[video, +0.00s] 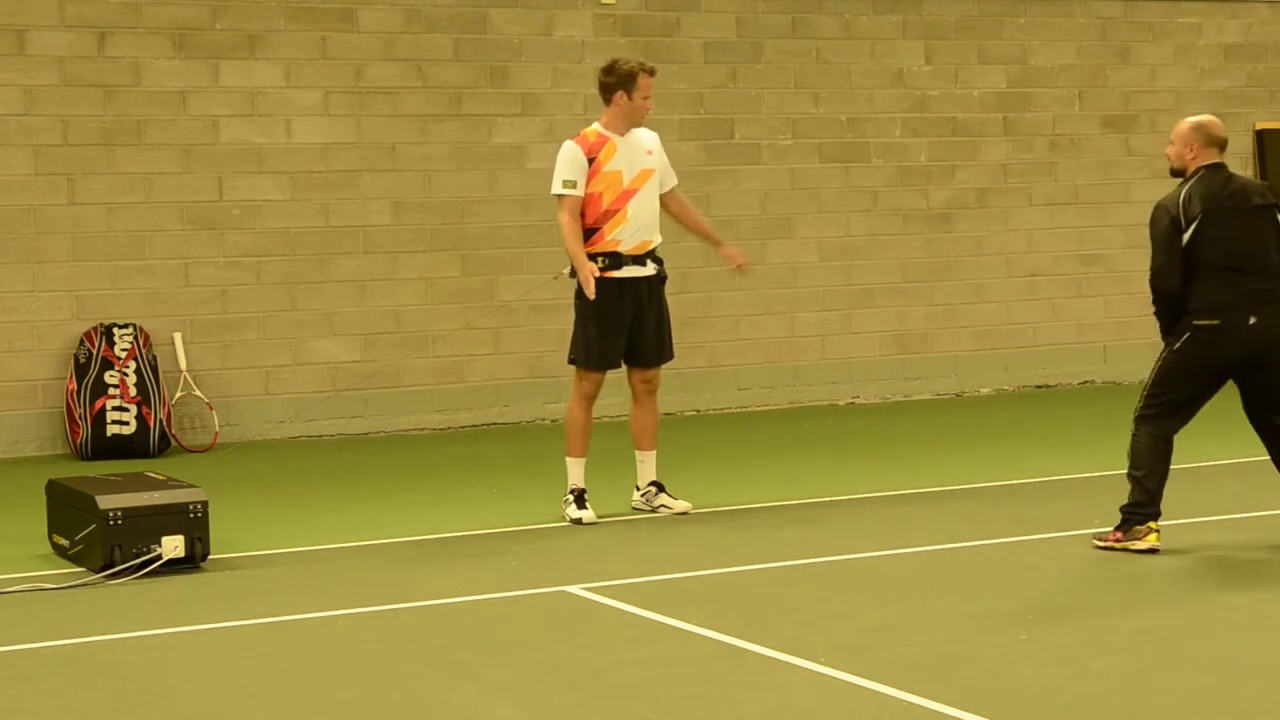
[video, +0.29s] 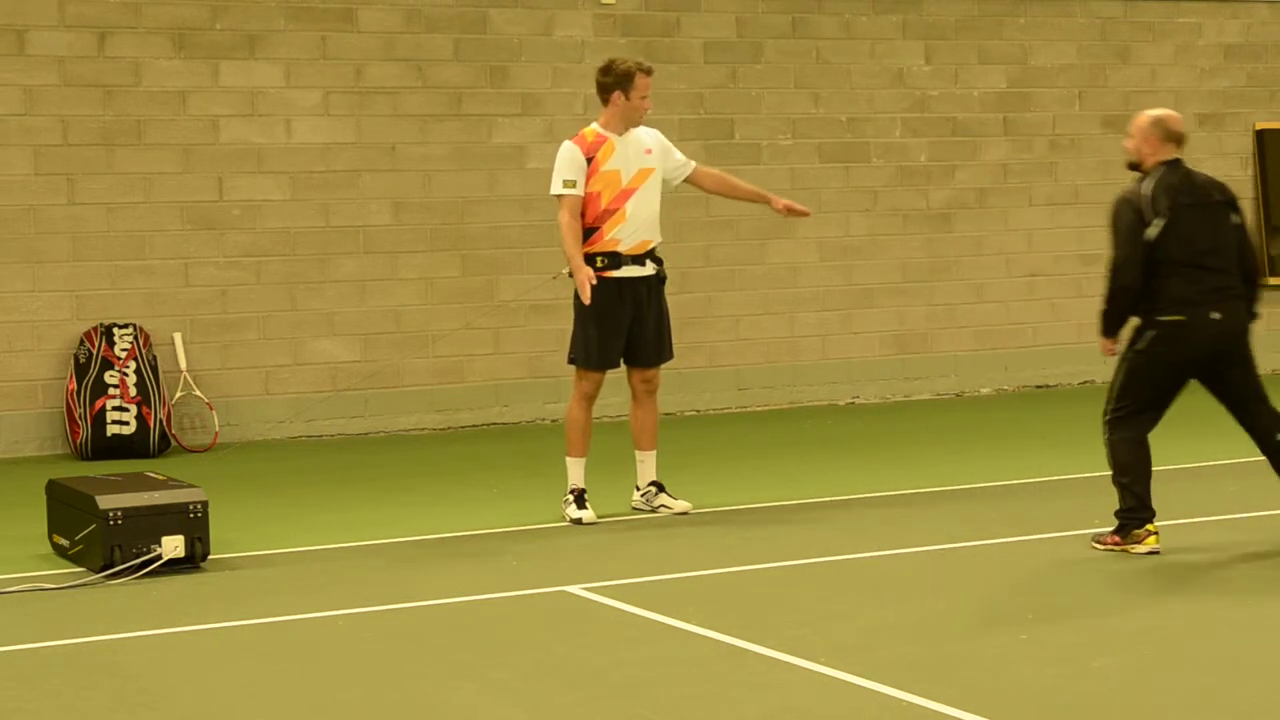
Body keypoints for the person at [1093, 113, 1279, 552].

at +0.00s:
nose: (1166, 151)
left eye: (1172, 144)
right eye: (1169, 143)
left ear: (1192, 149)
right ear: (1213, 151)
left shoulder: (1174, 205)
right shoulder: (1263, 195)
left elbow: (1166, 282)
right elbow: (1274, 263)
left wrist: (1174, 337)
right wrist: (1264, 313)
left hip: (1209, 332)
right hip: (1269, 332)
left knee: (1154, 419)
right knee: (1273, 422)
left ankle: (1140, 522)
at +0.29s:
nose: (1126, 144)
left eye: (1133, 136)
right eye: (1129, 136)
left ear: (1154, 143)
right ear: (1171, 145)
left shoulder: (1136, 200)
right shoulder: (1218, 191)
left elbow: (1128, 274)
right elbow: (1249, 264)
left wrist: (1110, 327)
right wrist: (1240, 312)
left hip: (1168, 331)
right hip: (1226, 329)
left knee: (1123, 421)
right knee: (1264, 420)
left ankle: (1136, 526)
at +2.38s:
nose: (840, 131)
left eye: (840, 122)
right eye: (841, 122)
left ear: (851, 122)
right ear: (887, 118)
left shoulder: (850, 180)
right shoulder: (936, 174)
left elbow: (839, 259)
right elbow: (958, 255)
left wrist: (817, 329)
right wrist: (968, 321)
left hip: (876, 330)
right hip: (934, 326)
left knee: (833, 435)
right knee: (942, 439)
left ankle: (857, 551)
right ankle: (969, 550)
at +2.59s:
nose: (792, 141)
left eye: (794, 132)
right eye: (794, 132)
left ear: (805, 133)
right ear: (837, 129)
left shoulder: (811, 191)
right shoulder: (883, 181)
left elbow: (808, 274)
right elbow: (909, 263)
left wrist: (783, 347)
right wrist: (908, 323)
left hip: (845, 337)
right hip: (898, 330)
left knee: (789, 436)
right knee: (920, 438)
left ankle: (762, 555)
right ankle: (964, 546)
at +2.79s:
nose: (712, 148)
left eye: (714, 139)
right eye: (712, 138)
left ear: (732, 138)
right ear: (755, 134)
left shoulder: (740, 200)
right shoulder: (798, 184)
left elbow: (748, 286)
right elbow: (828, 262)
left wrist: (753, 362)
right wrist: (809, 315)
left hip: (772, 340)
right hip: (819, 332)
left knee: (729, 448)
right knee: (831, 432)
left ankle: (753, 560)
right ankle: (913, 513)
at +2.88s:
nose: (681, 140)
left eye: (684, 131)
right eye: (681, 131)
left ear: (702, 133)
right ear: (724, 130)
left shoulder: (711, 194)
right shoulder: (767, 178)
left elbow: (719, 280)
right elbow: (794, 256)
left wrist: (725, 353)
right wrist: (778, 307)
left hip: (748, 335)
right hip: (788, 327)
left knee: (718, 446)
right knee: (770, 431)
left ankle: (752, 561)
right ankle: (858, 506)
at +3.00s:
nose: (633, 135)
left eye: (638, 125)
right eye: (634, 125)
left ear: (663, 127)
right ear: (673, 124)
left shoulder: (677, 186)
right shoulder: (713, 169)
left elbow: (677, 274)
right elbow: (747, 248)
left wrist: (672, 350)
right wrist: (721, 295)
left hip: (721, 324)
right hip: (734, 317)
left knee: (716, 436)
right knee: (689, 430)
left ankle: (751, 558)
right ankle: (749, 532)